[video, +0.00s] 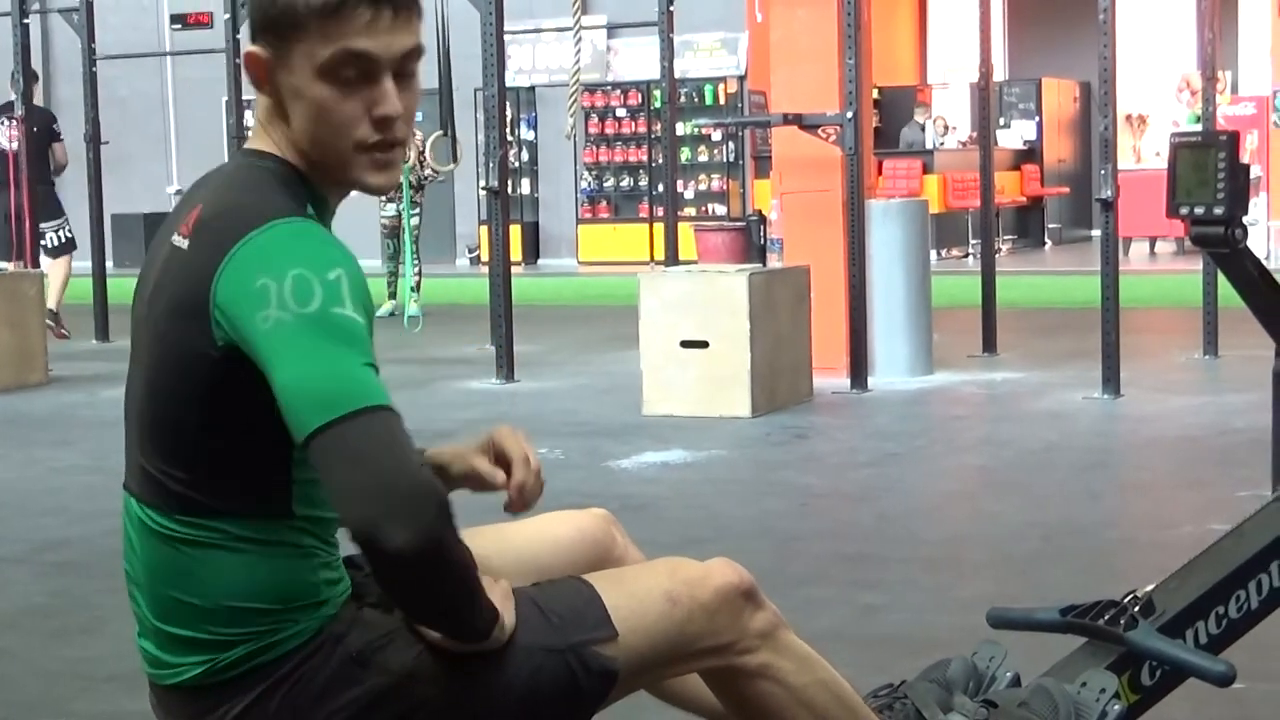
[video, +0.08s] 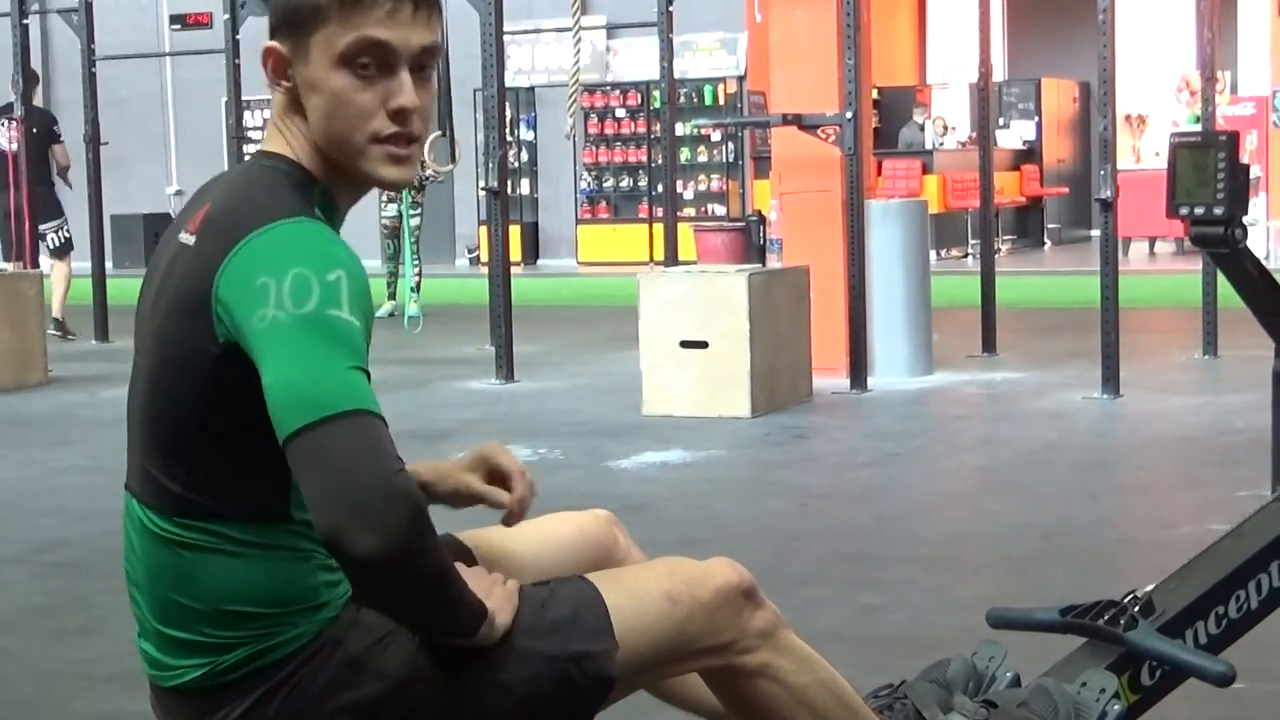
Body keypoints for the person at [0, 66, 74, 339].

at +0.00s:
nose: (38, 89)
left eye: (35, 84)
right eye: (37, 84)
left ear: (11, 86)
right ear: (34, 86)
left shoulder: (1, 113)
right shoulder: (44, 116)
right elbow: (61, 160)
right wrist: (50, 175)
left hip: (6, 195)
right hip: (39, 194)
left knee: (13, 261)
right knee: (62, 253)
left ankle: (16, 322)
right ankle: (52, 309)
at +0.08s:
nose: (38, 90)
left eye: (35, 85)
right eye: (37, 85)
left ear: (12, 86)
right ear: (34, 87)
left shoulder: (2, 114)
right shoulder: (43, 117)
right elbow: (63, 162)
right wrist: (62, 173)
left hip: (7, 198)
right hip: (39, 196)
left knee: (13, 263)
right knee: (62, 257)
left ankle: (15, 324)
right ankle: (57, 316)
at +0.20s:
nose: (42, 94)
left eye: (41, 89)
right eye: (42, 90)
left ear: (16, 88)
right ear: (37, 90)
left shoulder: (2, 116)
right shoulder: (46, 119)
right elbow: (64, 164)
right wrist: (58, 172)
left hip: (8, 201)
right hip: (41, 198)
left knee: (15, 265)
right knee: (58, 259)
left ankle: (15, 327)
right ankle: (68, 320)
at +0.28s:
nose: (44, 95)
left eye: (41, 92)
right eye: (44, 92)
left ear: (19, 90)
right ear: (42, 91)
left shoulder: (5, 120)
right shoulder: (52, 122)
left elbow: (5, 159)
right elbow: (65, 166)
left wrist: (19, 162)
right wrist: (44, 163)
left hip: (11, 202)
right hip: (45, 200)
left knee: (16, 265)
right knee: (58, 263)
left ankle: (14, 324)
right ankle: (70, 319)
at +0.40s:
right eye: (51, 95)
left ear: (27, 93)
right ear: (52, 96)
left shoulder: (11, 123)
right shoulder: (61, 128)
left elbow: (6, 162)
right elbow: (73, 170)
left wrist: (22, 160)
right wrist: (52, 163)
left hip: (18, 203)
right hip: (51, 203)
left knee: (19, 265)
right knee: (63, 263)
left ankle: (14, 324)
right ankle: (70, 322)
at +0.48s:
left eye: (40, 93)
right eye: (55, 95)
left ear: (35, 93)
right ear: (59, 96)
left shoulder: (16, 122)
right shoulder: (67, 128)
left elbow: (10, 165)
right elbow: (79, 168)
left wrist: (28, 161)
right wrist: (56, 160)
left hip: (26, 202)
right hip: (58, 204)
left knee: (20, 263)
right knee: (68, 261)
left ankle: (14, 323)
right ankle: (69, 321)